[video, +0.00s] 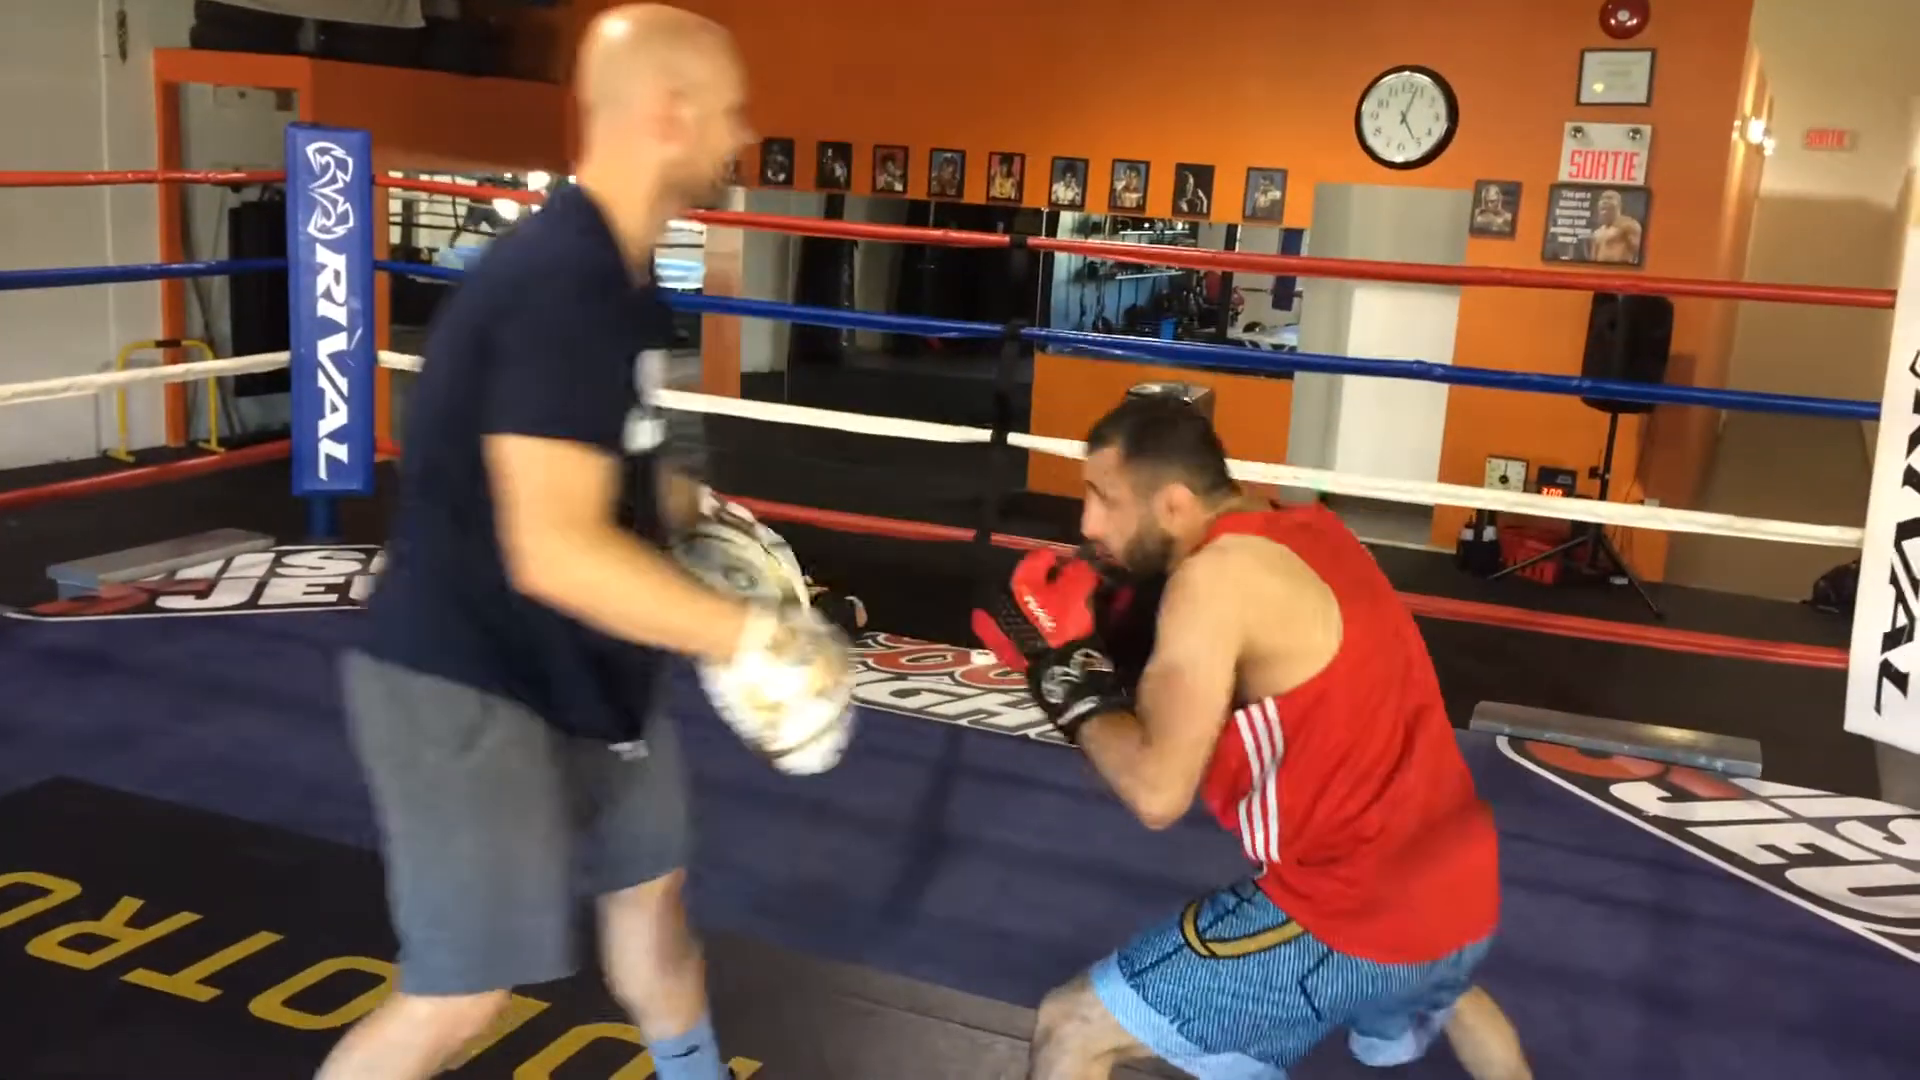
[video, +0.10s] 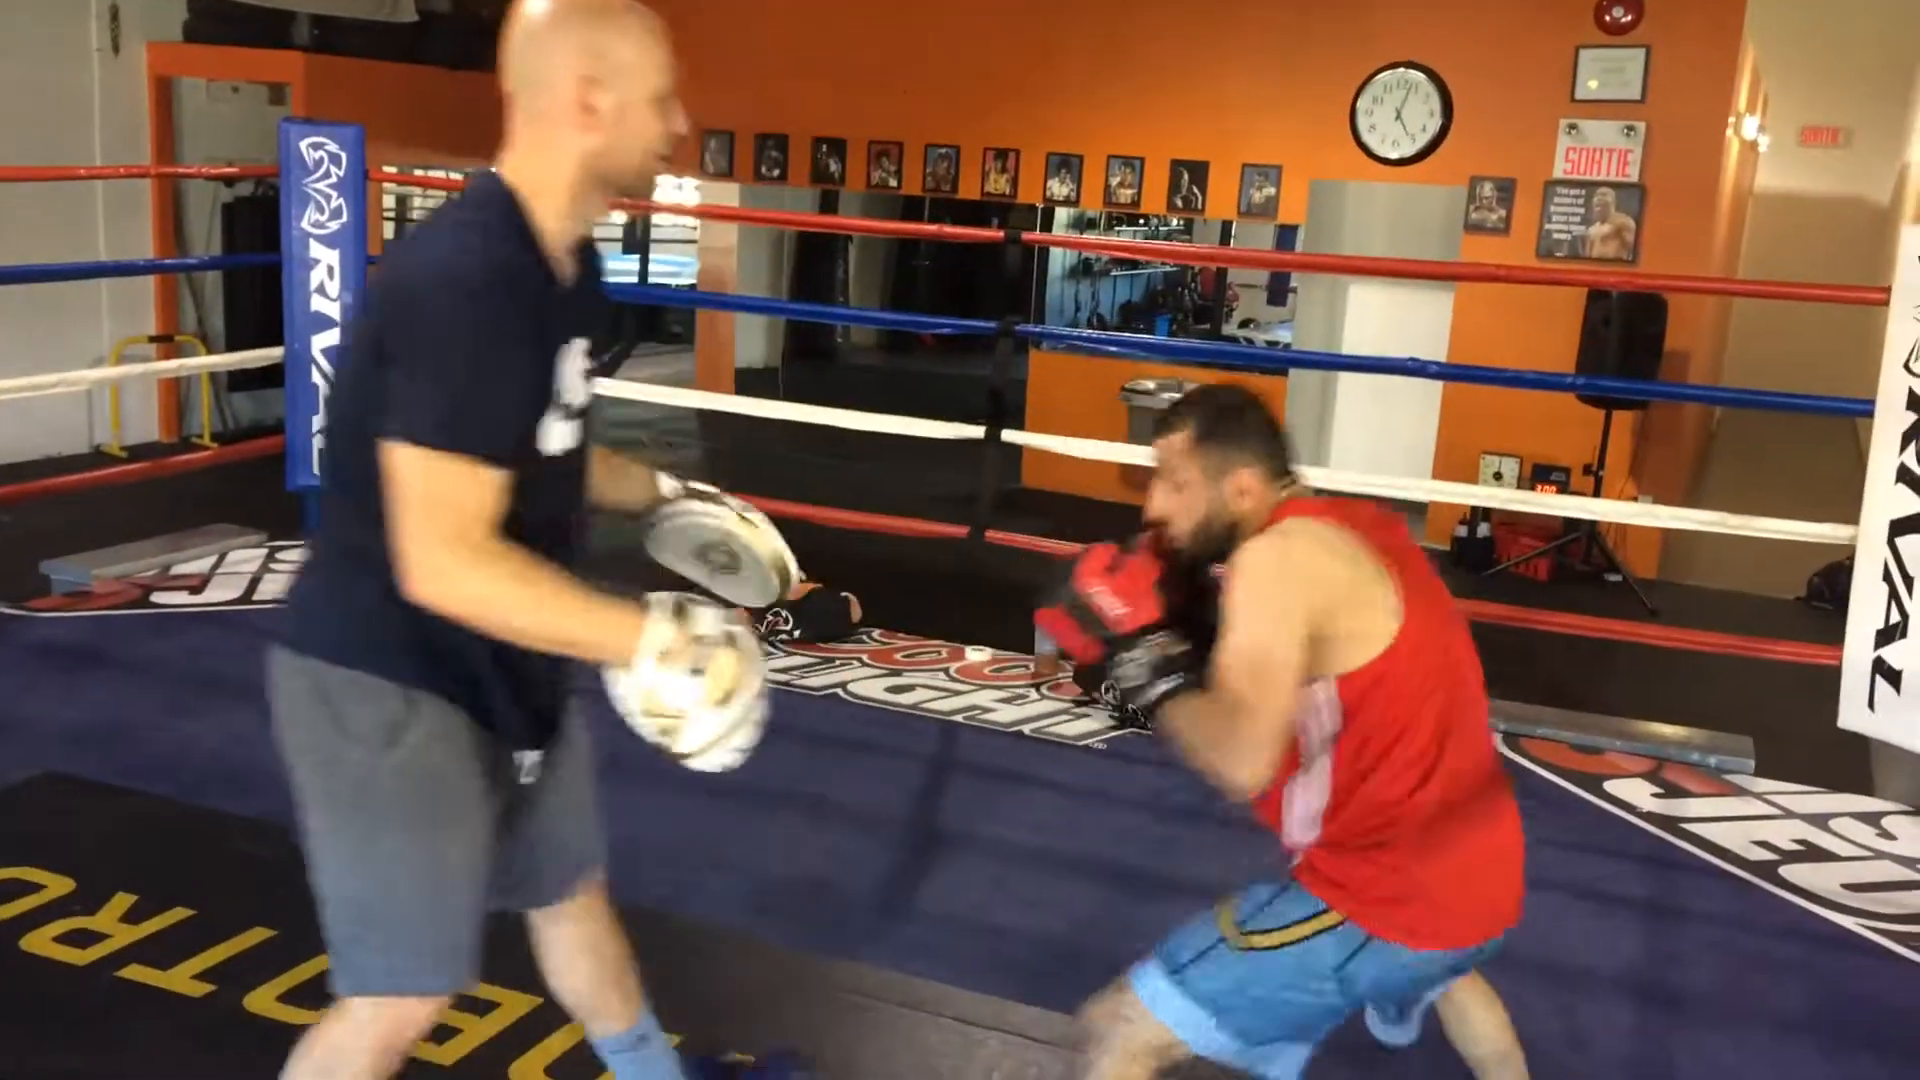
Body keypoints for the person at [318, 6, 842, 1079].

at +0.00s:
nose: (744, 145)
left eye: (742, 118)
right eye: (733, 115)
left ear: (649, 115)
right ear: (664, 114)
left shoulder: (620, 277)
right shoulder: (553, 281)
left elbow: (619, 478)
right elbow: (551, 552)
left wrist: (719, 545)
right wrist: (750, 637)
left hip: (581, 660)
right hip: (454, 677)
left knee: (647, 888)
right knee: (463, 986)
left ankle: (693, 1070)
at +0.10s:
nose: (679, 134)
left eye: (677, 106)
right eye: (664, 105)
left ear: (581, 107)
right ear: (585, 105)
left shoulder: (558, 264)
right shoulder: (461, 278)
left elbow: (536, 453)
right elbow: (437, 561)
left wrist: (667, 499)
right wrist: (654, 638)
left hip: (514, 660)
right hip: (381, 680)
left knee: (568, 895)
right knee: (396, 994)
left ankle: (654, 1071)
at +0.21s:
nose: (621, 100)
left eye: (617, 74)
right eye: (600, 73)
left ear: (519, 76)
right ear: (514, 77)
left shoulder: (518, 236)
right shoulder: (391, 265)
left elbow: (490, 424)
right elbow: (357, 554)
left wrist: (620, 483)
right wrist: (565, 619)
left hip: (460, 618)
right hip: (323, 653)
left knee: (527, 843)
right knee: (359, 969)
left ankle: (548, 1061)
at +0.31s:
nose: (558, 77)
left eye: (552, 48)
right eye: (535, 47)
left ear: (453, 65)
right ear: (443, 60)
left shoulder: (461, 215)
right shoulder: (319, 252)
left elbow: (442, 396)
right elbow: (293, 544)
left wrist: (573, 449)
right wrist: (517, 583)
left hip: (410, 601)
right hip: (268, 635)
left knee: (480, 825)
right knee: (307, 950)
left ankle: (378, 1055)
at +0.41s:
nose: (496, 67)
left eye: (490, 39)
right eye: (470, 39)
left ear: (385, 51)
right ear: (378, 48)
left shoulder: (422, 201)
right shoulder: (259, 248)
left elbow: (410, 373)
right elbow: (255, 537)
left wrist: (557, 419)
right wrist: (490, 534)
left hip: (363, 604)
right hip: (224, 635)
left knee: (410, 842)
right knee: (250, 954)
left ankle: (237, 1004)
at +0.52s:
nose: (447, 63)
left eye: (443, 32)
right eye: (418, 33)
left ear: (334, 47)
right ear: (318, 42)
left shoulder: (394, 204)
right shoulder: (215, 245)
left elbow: (389, 374)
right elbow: (239, 529)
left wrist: (536, 406)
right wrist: (477, 506)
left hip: (311, 619)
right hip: (182, 633)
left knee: (268, 900)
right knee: (201, 958)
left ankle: (134, 1056)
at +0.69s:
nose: (385, 73)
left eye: (386, 41)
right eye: (357, 40)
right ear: (256, 32)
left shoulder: (319, 215)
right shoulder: (143, 217)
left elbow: (327, 414)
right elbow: (169, 492)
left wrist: (466, 416)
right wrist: (398, 454)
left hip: (175, 623)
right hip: (73, 621)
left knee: (84, 898)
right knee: (173, 923)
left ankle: (62, 1072)